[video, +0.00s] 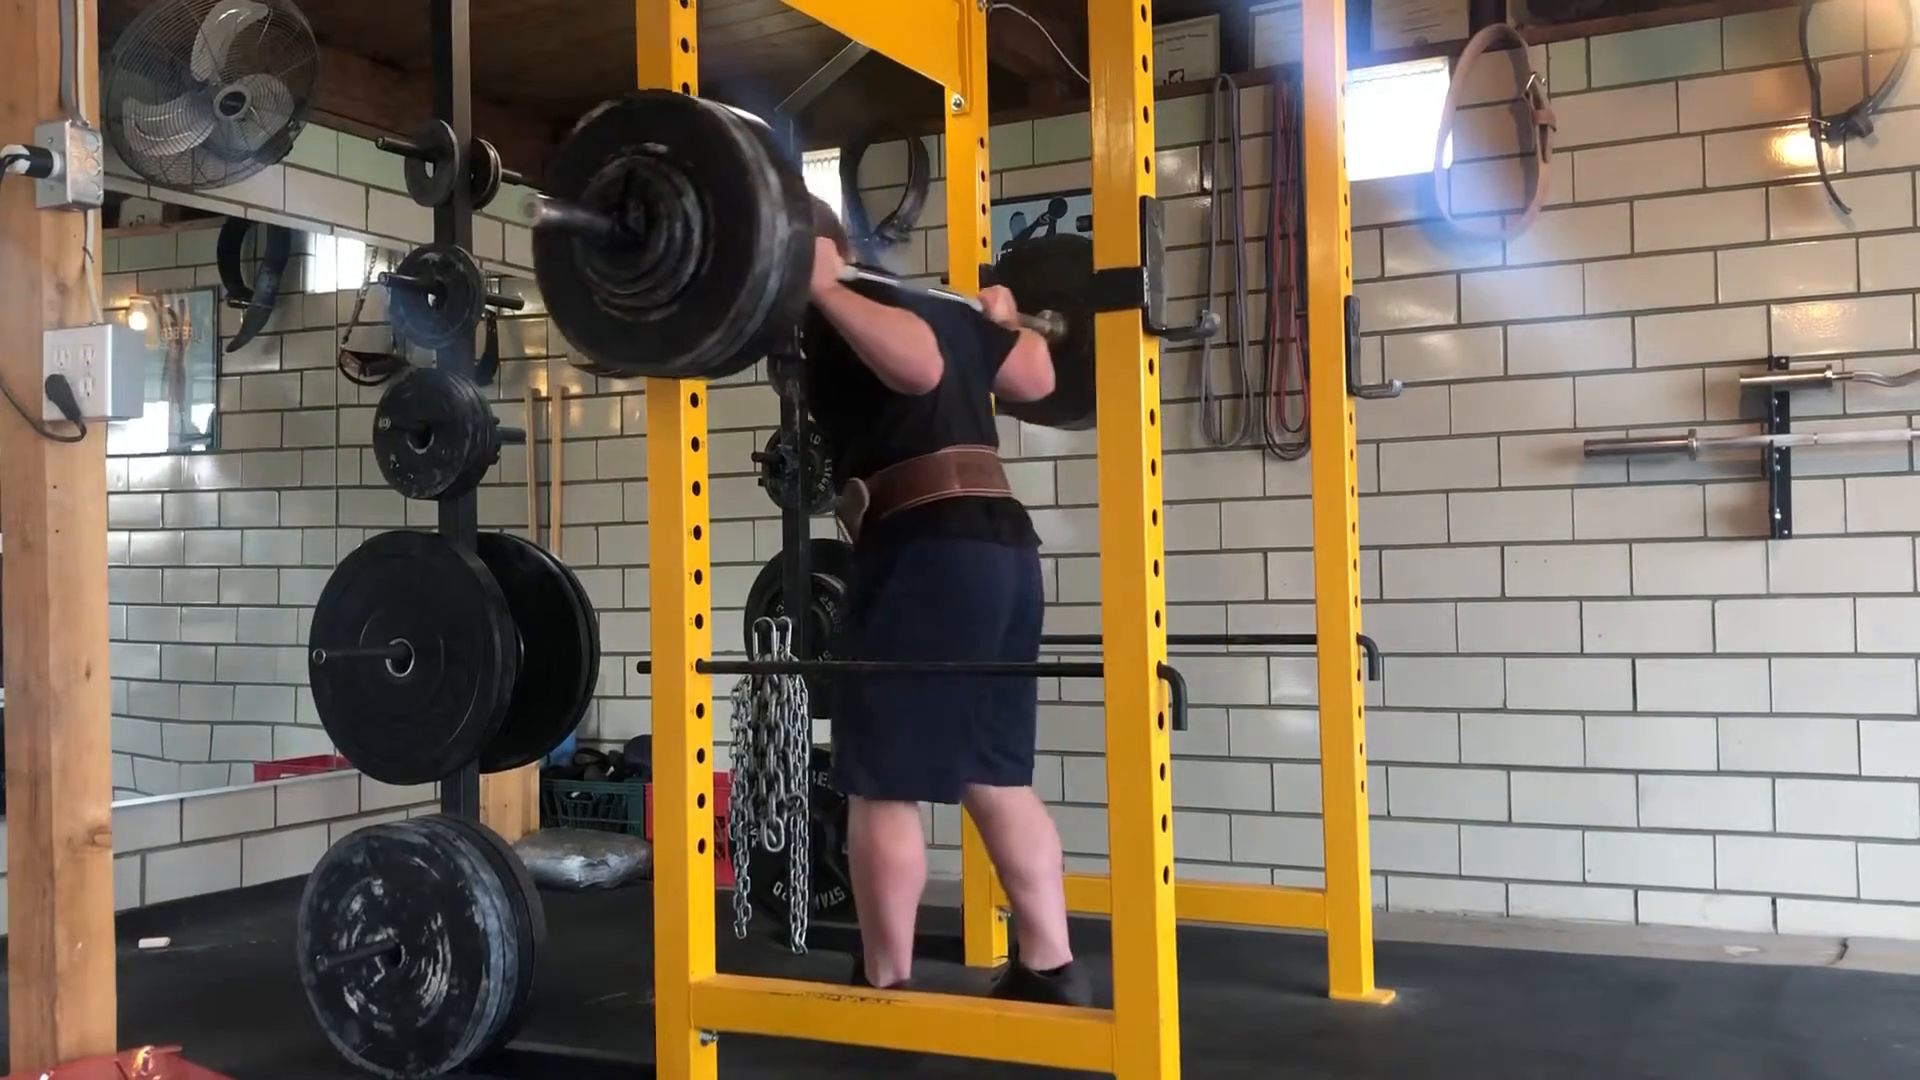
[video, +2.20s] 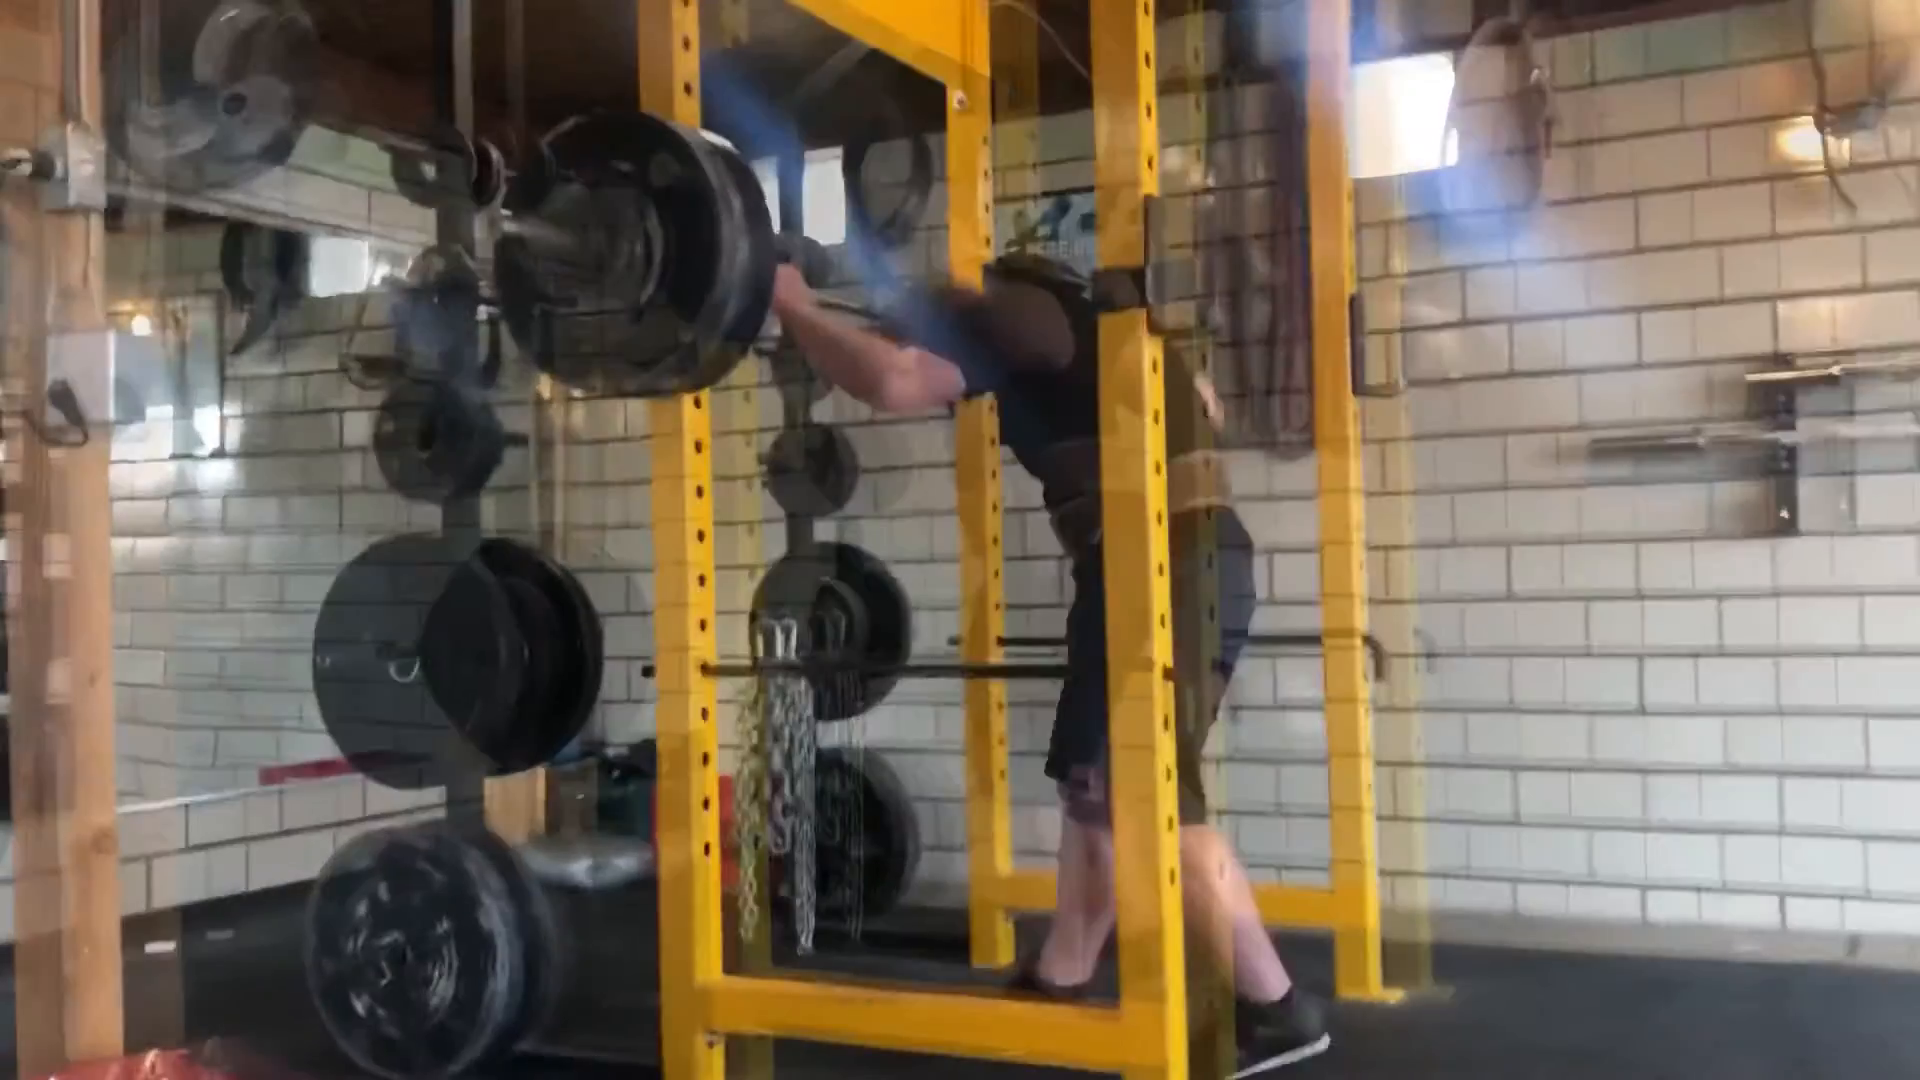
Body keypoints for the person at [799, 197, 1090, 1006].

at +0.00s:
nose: (798, 267)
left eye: (799, 252)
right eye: (797, 253)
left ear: (821, 246)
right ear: (855, 244)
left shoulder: (843, 307)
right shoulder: (947, 316)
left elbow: (924, 369)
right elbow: (1037, 377)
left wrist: (825, 288)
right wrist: (1006, 321)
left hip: (926, 553)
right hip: (1009, 554)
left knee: (882, 779)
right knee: (996, 771)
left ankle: (885, 988)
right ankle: (1049, 968)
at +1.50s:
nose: (746, 378)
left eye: (742, 364)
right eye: (740, 364)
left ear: (759, 336)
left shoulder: (815, 340)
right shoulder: (920, 332)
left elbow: (898, 363)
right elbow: (1024, 360)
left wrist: (790, 312)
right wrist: (965, 326)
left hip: (969, 551)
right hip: (1039, 545)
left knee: (909, 776)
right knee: (1008, 775)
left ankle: (885, 981)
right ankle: (1048, 973)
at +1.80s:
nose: (840, 459)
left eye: (824, 452)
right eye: (826, 457)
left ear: (817, 406)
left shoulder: (864, 367)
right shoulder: (969, 338)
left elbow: (907, 350)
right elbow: (1072, 348)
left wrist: (786, 309)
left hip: (1041, 544)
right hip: (1101, 534)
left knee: (968, 760)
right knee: (1042, 769)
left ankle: (992, 988)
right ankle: (1055, 978)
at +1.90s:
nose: (868, 462)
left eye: (849, 454)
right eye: (853, 460)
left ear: (837, 403)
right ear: (846, 389)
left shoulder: (900, 351)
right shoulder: (991, 336)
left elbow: (903, 345)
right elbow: (1089, 359)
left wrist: (787, 308)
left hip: (1067, 541)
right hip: (1109, 529)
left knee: (995, 752)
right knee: (1046, 757)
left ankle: (1077, 967)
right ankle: (1064, 953)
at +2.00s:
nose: (879, 451)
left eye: (864, 441)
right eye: (863, 446)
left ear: (859, 396)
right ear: (863, 399)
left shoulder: (936, 331)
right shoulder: (951, 371)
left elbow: (901, 364)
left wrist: (792, 306)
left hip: (1101, 539)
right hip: (1080, 543)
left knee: (1055, 763)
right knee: (1050, 762)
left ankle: (1179, 968)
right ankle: (1054, 973)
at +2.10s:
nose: (870, 422)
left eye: (862, 406)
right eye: (862, 413)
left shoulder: (976, 312)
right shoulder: (1034, 319)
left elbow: (894, 375)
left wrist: (795, 305)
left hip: (1125, 547)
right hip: (1132, 545)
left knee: (1107, 780)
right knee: (1079, 782)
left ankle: (1249, 979)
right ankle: (1053, 989)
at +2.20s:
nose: (911, 319)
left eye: (918, 305)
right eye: (905, 313)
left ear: (953, 282)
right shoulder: (1082, 299)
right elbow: (1198, 402)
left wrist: (794, 310)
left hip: (1154, 564)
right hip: (1182, 555)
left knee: (1145, 786)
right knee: (1093, 779)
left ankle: (1277, 1004)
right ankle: (1060, 978)